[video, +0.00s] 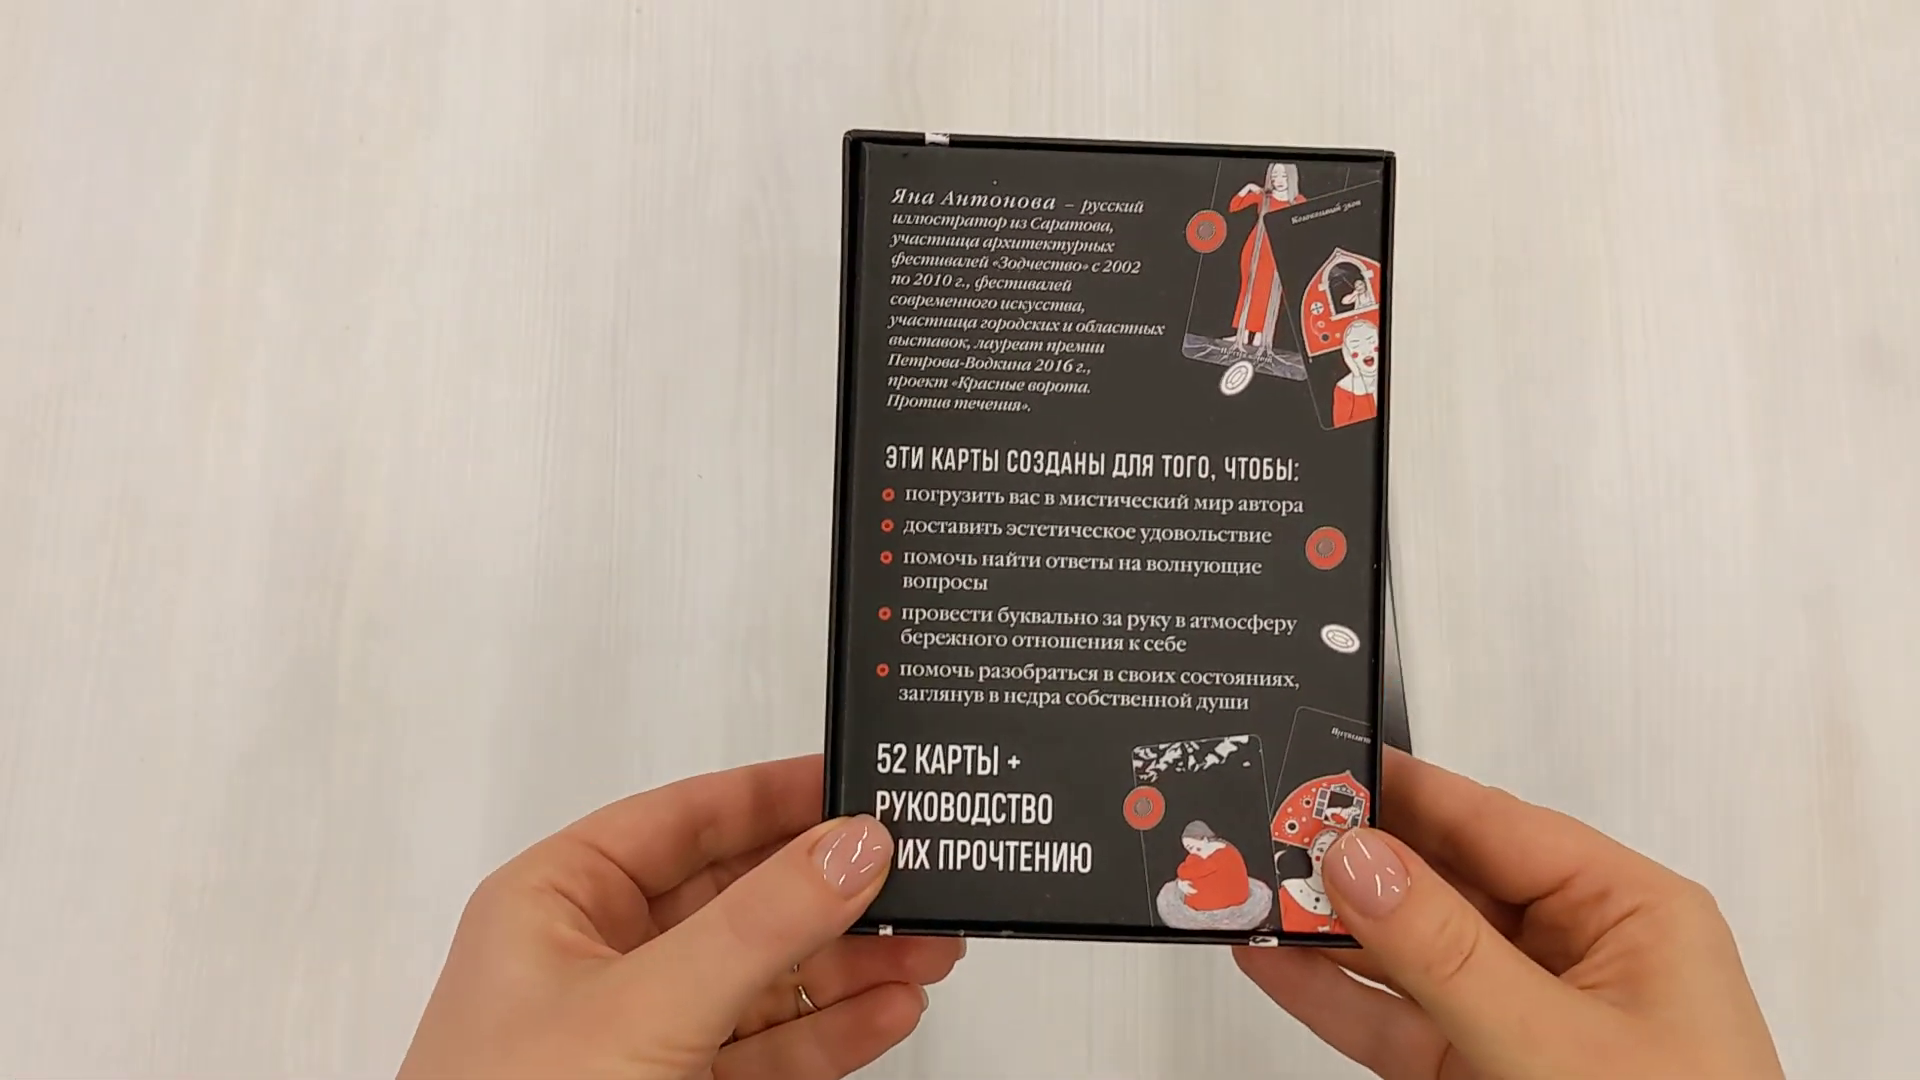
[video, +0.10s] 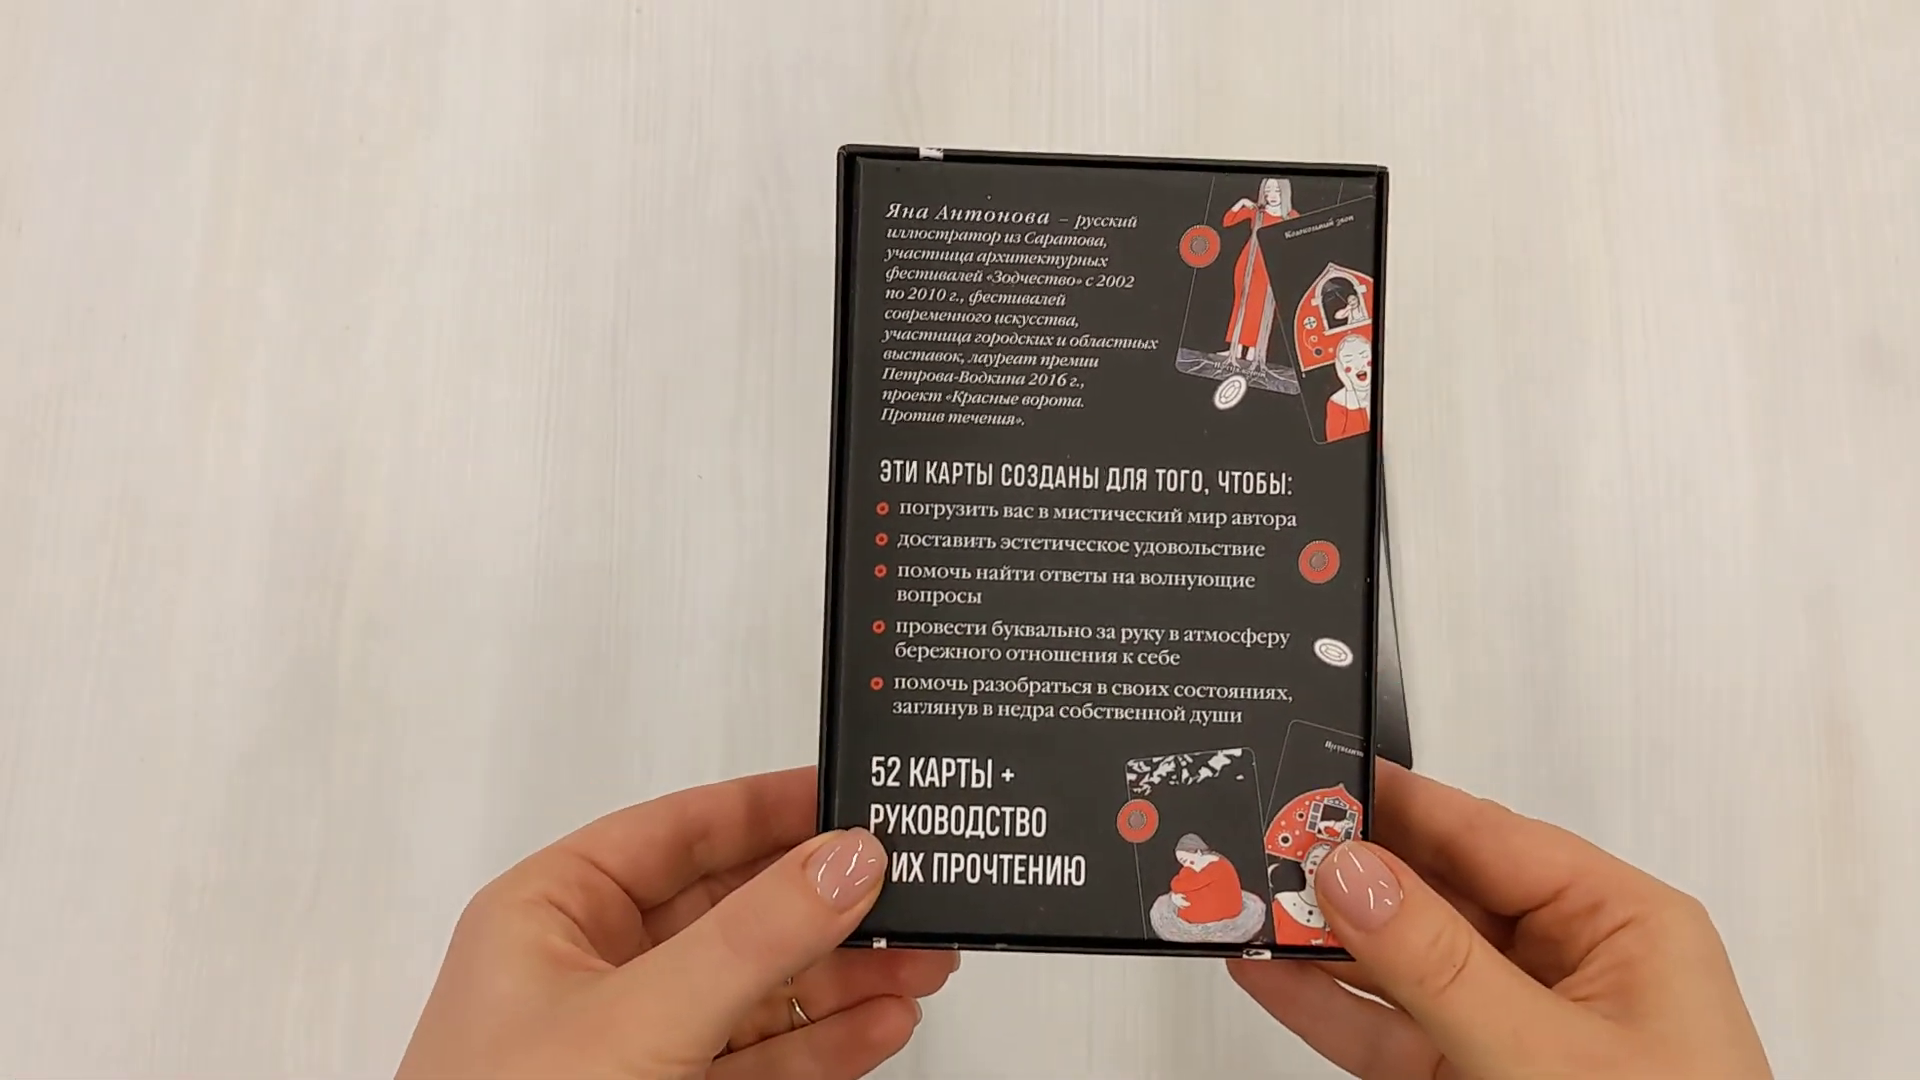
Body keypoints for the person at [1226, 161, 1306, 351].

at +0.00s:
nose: (1279, 181)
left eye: (1284, 177)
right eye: (1275, 177)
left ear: (1292, 178)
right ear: (1270, 179)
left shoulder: (1299, 203)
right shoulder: (1262, 197)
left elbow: (1306, 231)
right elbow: (1234, 207)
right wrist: (1247, 189)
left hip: (1279, 251)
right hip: (1256, 247)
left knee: (1269, 293)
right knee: (1251, 289)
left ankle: (1260, 336)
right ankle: (1242, 333)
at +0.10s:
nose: (1272, 196)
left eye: (1277, 191)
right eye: (1268, 191)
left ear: (1285, 193)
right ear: (1263, 194)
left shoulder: (1292, 218)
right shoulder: (1255, 212)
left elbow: (1299, 244)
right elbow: (1227, 222)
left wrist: (1288, 220)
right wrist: (1241, 204)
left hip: (1271, 267)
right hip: (1249, 263)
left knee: (1262, 308)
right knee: (1244, 304)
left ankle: (1253, 352)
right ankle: (1235, 349)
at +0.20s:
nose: (1268, 204)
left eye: (1273, 199)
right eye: (1264, 199)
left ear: (1281, 201)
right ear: (1259, 201)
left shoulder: (1289, 226)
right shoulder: (1252, 219)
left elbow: (1295, 253)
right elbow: (1223, 230)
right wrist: (1237, 212)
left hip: (1268, 275)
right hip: (1245, 270)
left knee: (1258, 315)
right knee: (1240, 312)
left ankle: (1249, 358)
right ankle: (1231, 356)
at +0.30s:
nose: (1263, 199)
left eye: (1268, 195)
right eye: (1259, 195)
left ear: (1276, 196)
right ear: (1254, 197)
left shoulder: (1284, 222)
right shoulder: (1246, 216)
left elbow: (1291, 248)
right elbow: (1218, 226)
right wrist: (1232, 208)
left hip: (1262, 271)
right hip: (1240, 266)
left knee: (1253, 312)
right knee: (1235, 308)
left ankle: (1244, 355)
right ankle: (1226, 352)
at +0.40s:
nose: (1242, 171)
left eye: (1246, 167)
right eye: (1238, 167)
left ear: (1255, 168)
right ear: (1234, 169)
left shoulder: (1264, 191)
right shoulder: (1227, 188)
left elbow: (1275, 214)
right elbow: (1198, 201)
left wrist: (1262, 194)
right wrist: (1210, 181)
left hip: (1246, 242)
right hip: (1223, 239)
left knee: (1237, 283)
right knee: (1219, 281)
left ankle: (1231, 328)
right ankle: (1213, 326)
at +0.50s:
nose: (1232, 146)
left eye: (1235, 141)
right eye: (1227, 142)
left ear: (1244, 142)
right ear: (1223, 145)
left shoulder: (1255, 166)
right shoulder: (1216, 165)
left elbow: (1264, 193)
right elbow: (1187, 179)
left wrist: (1249, 168)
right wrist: (1200, 158)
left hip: (1238, 219)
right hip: (1215, 217)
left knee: (1232, 261)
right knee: (1212, 260)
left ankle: (1227, 308)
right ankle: (1207, 307)